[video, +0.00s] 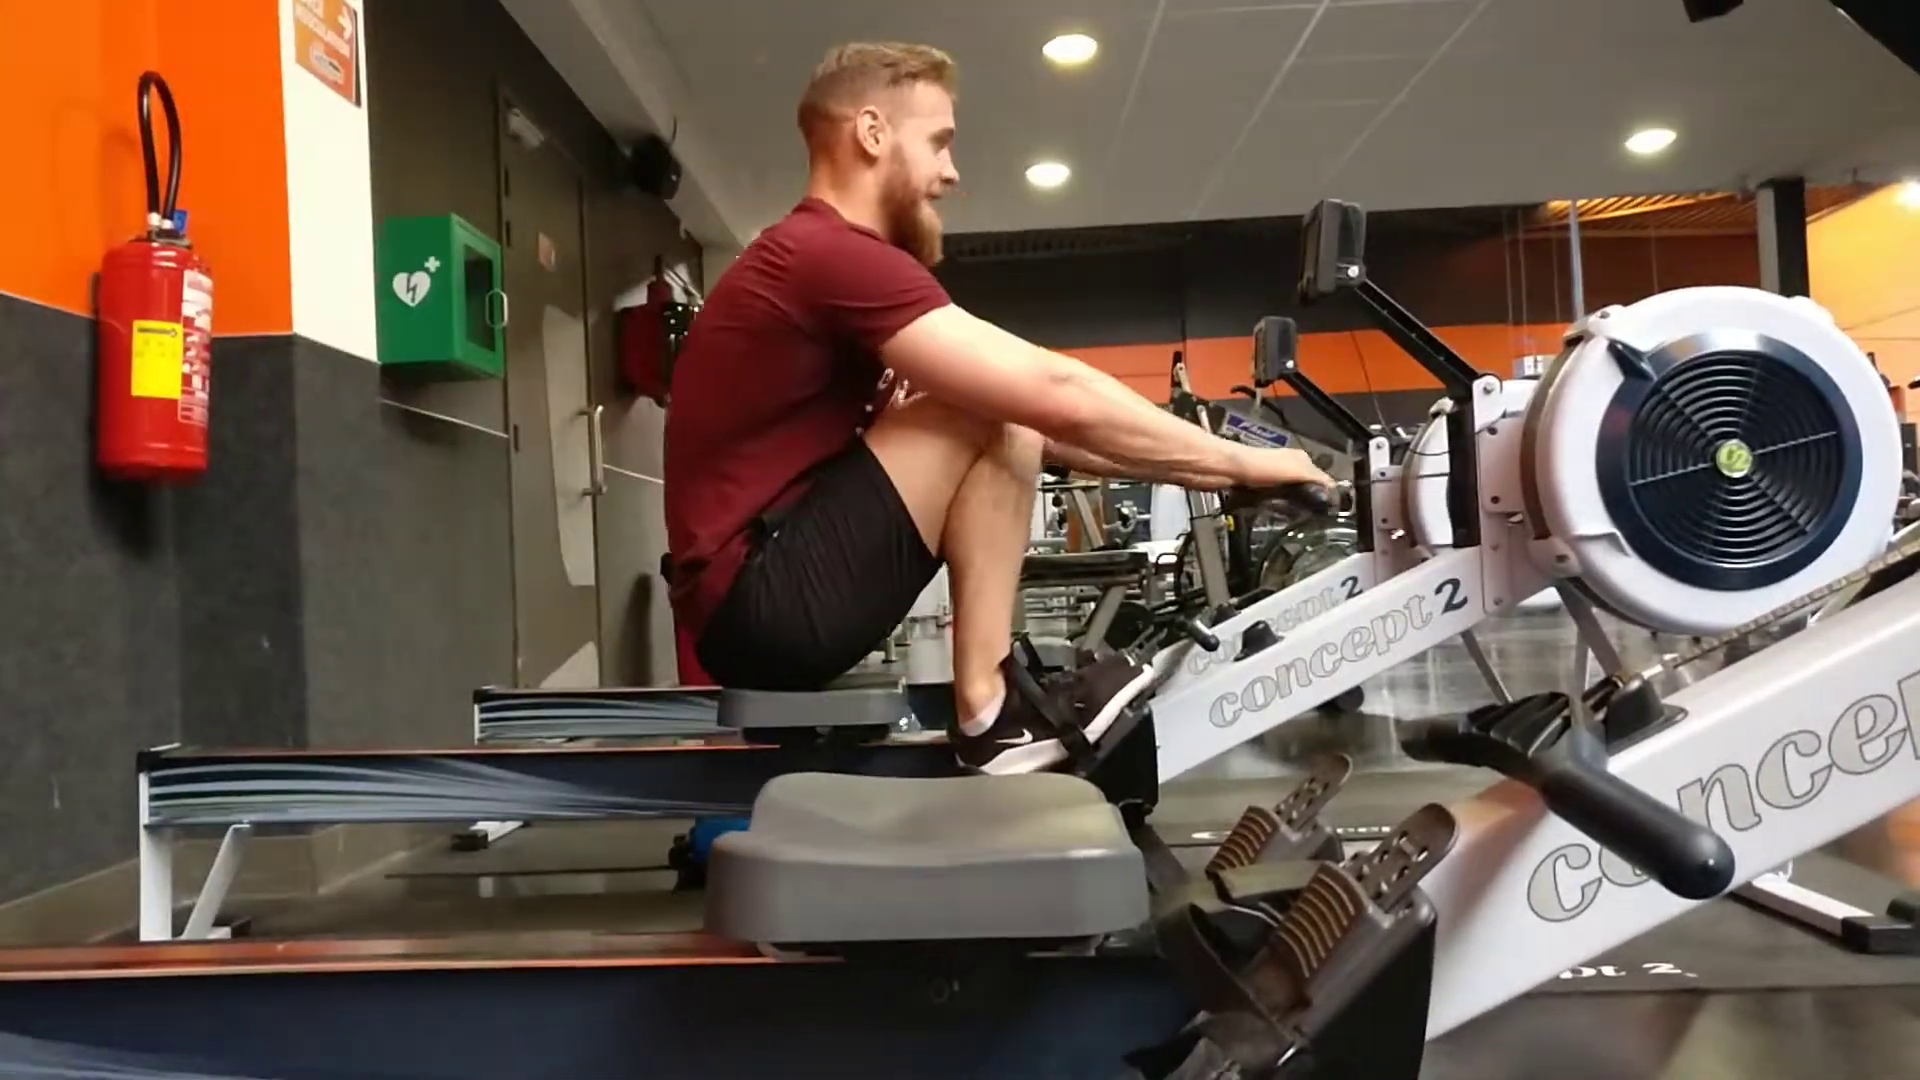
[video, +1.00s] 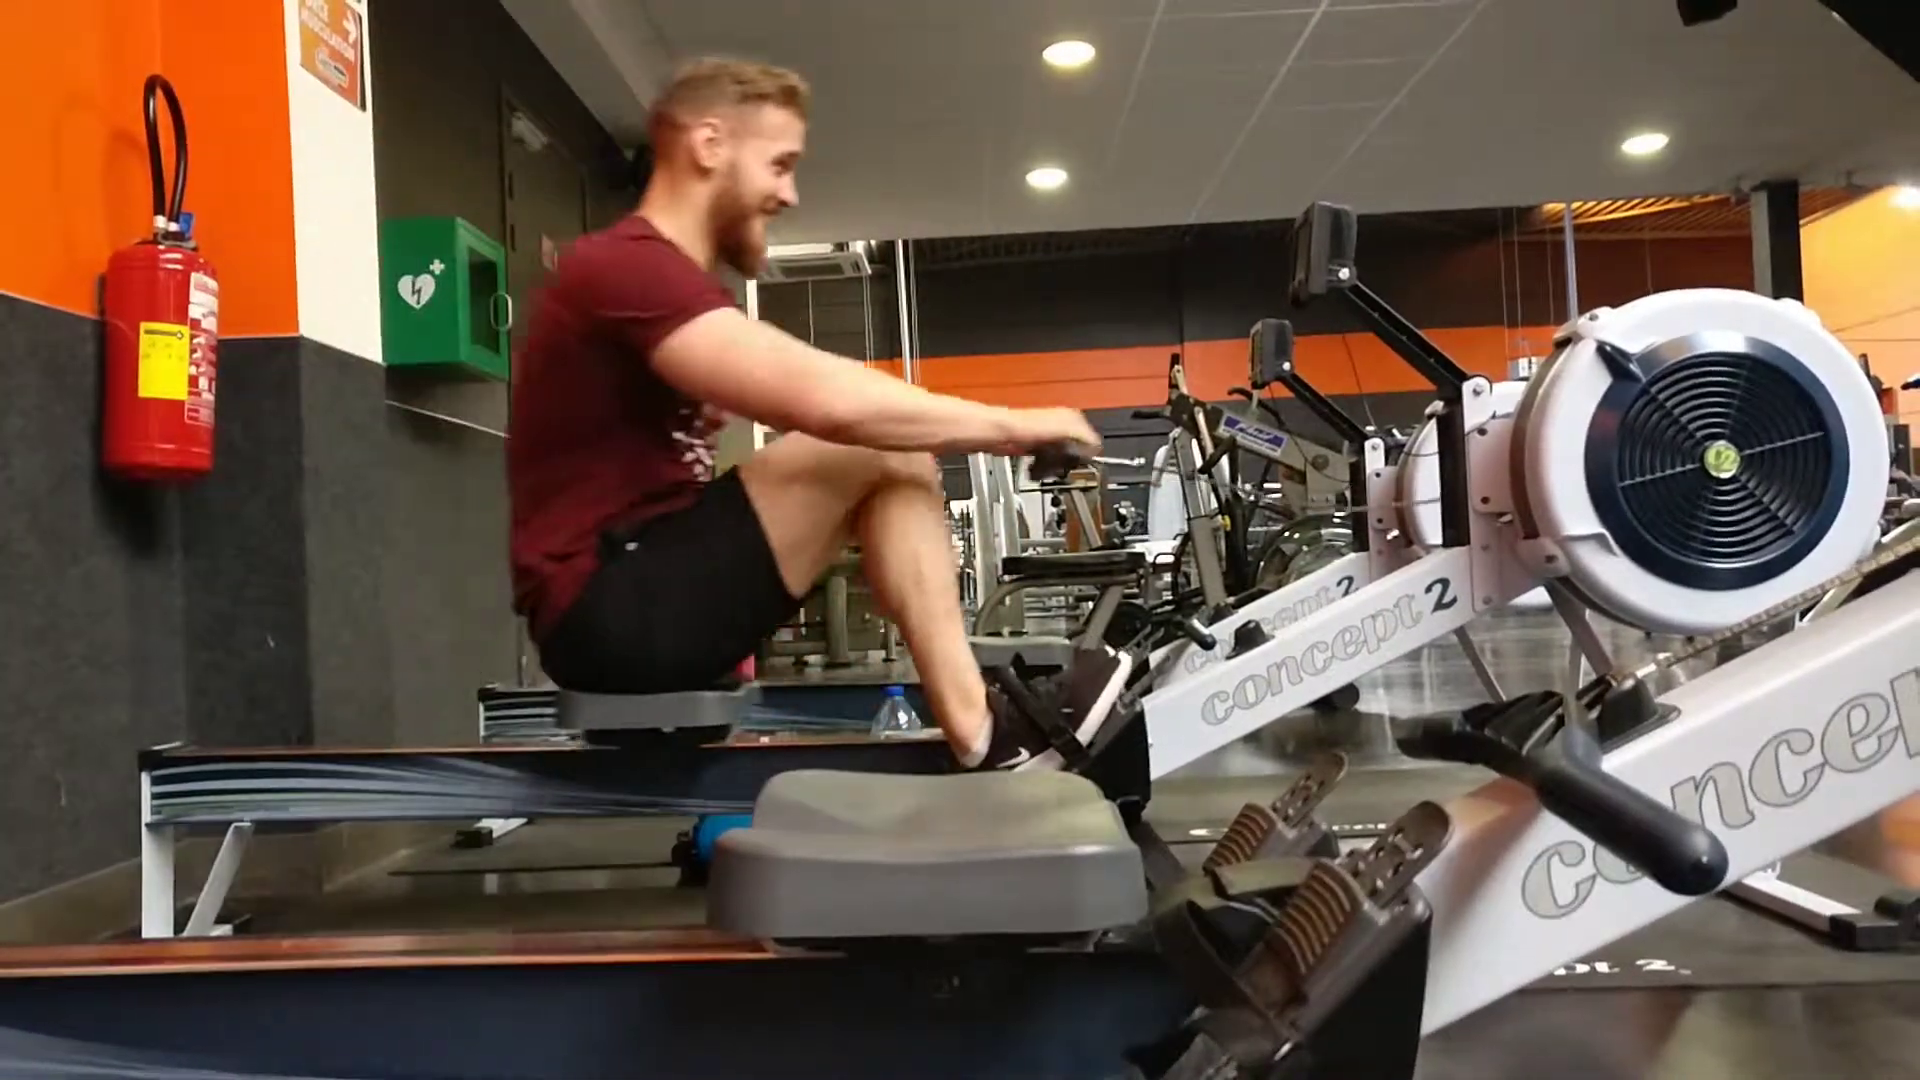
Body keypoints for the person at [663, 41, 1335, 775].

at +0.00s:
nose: (953, 172)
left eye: (951, 146)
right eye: (940, 141)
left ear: (871, 140)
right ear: (869, 134)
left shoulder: (833, 257)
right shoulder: (829, 255)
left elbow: (1038, 409)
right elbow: (1058, 395)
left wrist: (1199, 467)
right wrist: (1235, 460)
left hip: (766, 600)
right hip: (758, 608)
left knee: (1003, 419)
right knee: (991, 411)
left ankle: (992, 694)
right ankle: (982, 712)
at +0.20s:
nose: (723, 140)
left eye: (717, 115)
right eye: (702, 111)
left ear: (631, 118)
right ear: (624, 113)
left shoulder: (632, 249)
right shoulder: (588, 241)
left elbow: (763, 386)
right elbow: (761, 393)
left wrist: (952, 416)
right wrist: (958, 413)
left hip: (631, 590)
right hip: (604, 600)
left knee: (885, 443)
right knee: (885, 449)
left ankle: (988, 714)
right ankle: (990, 734)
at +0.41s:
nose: (452, 166)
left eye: (453, 145)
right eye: (433, 137)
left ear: (371, 140)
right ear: (346, 130)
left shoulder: (404, 283)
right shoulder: (301, 268)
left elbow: (519, 435)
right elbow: (424, 431)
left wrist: (652, 417)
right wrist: (639, 417)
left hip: (477, 583)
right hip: (425, 604)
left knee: (750, 525)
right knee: (746, 529)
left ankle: (982, 733)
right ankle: (984, 746)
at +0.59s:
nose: (452, 216)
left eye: (458, 192)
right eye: (438, 184)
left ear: (368, 165)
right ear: (353, 158)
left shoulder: (361, 302)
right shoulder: (243, 275)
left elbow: (340, 454)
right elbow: (115, 451)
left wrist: (431, 462)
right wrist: (339, 448)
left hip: (414, 584)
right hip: (356, 604)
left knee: (708, 572)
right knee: (704, 574)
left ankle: (953, 726)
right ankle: (961, 745)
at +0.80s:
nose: (589, 203)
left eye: (595, 179)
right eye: (577, 172)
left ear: (500, 159)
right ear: (493, 149)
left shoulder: (497, 308)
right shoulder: (392, 277)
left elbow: (547, 466)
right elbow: (465, 444)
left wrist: (668, 432)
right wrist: (678, 408)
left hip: (508, 596)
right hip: (445, 610)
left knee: (767, 506)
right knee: (764, 505)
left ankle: (969, 728)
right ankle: (966, 743)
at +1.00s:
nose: (791, 196)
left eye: (795, 172)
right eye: (781, 165)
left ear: (710, 152)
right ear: (706, 145)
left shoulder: (659, 280)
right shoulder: (625, 269)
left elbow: (830, 389)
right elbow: (834, 404)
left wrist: (1002, 425)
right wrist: (1006, 426)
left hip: (637, 608)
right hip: (611, 616)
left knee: (884, 447)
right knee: (884, 452)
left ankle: (969, 717)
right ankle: (974, 730)